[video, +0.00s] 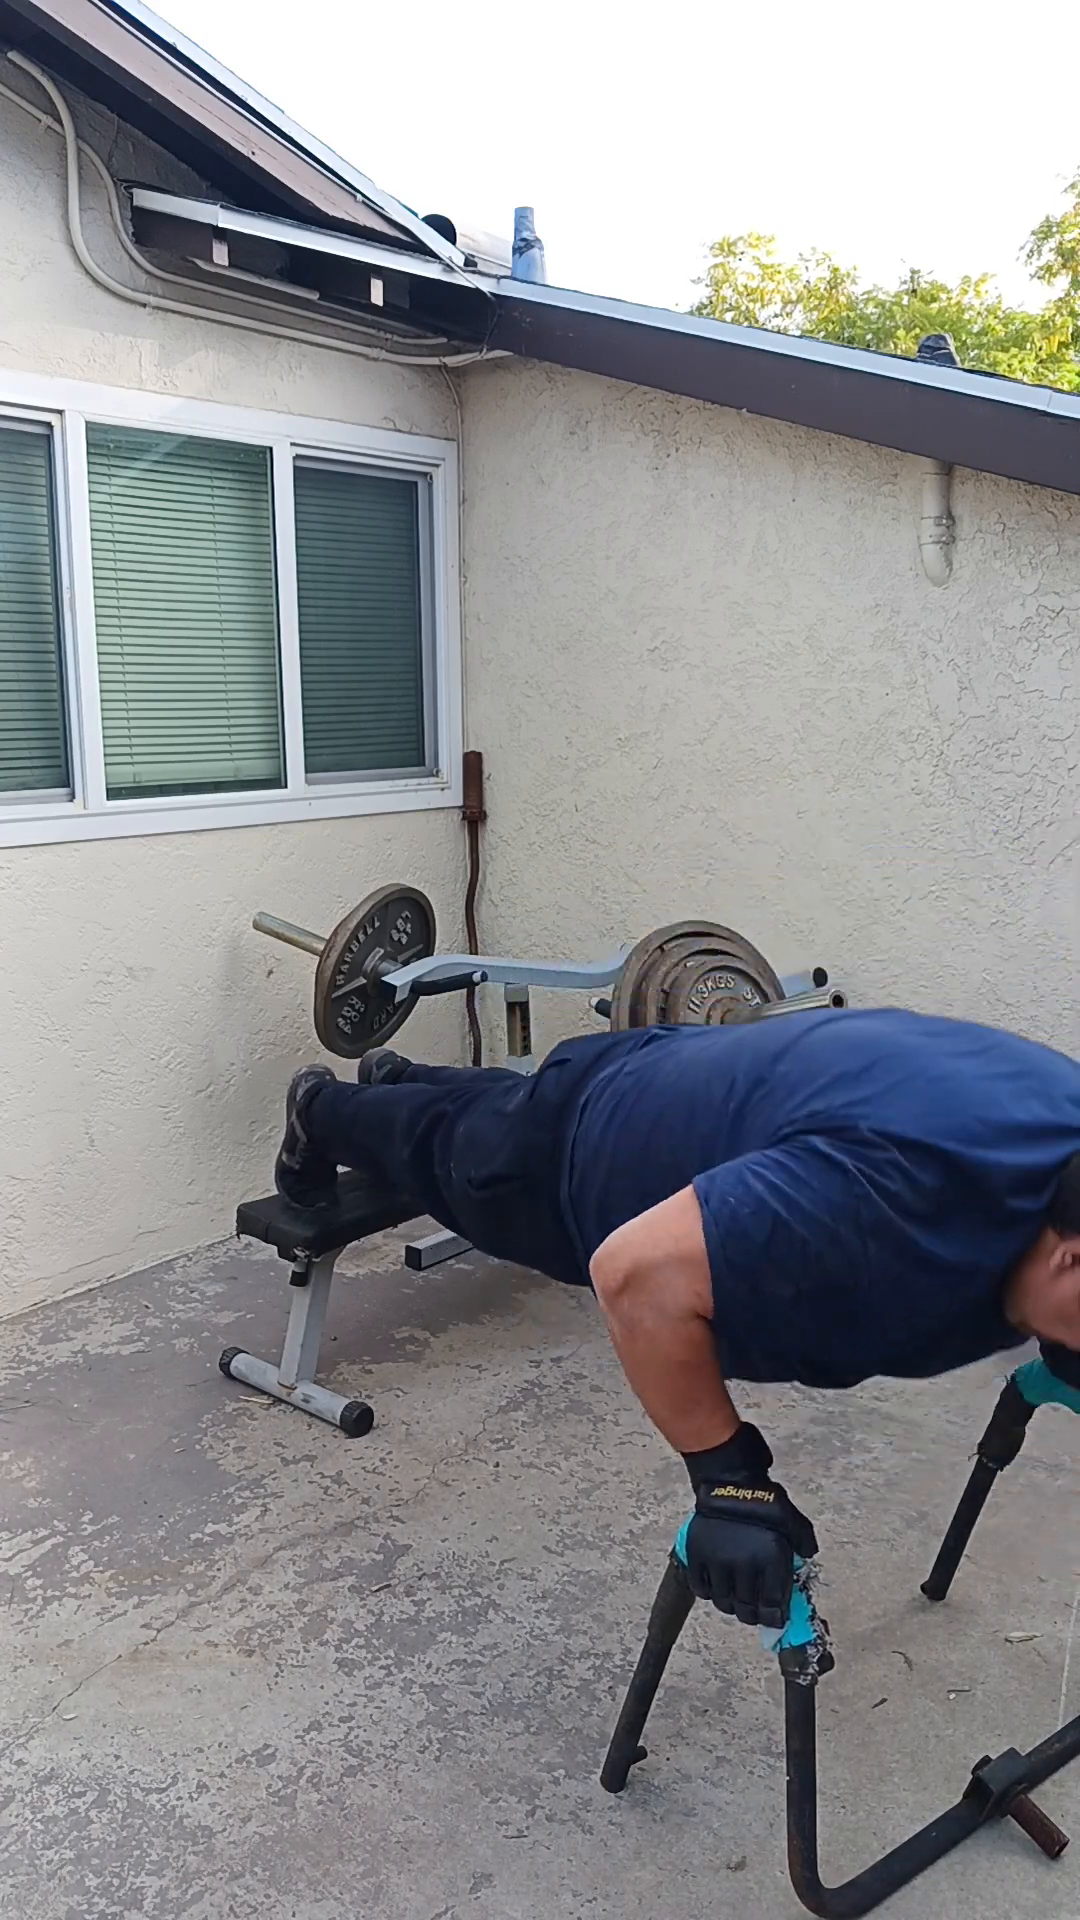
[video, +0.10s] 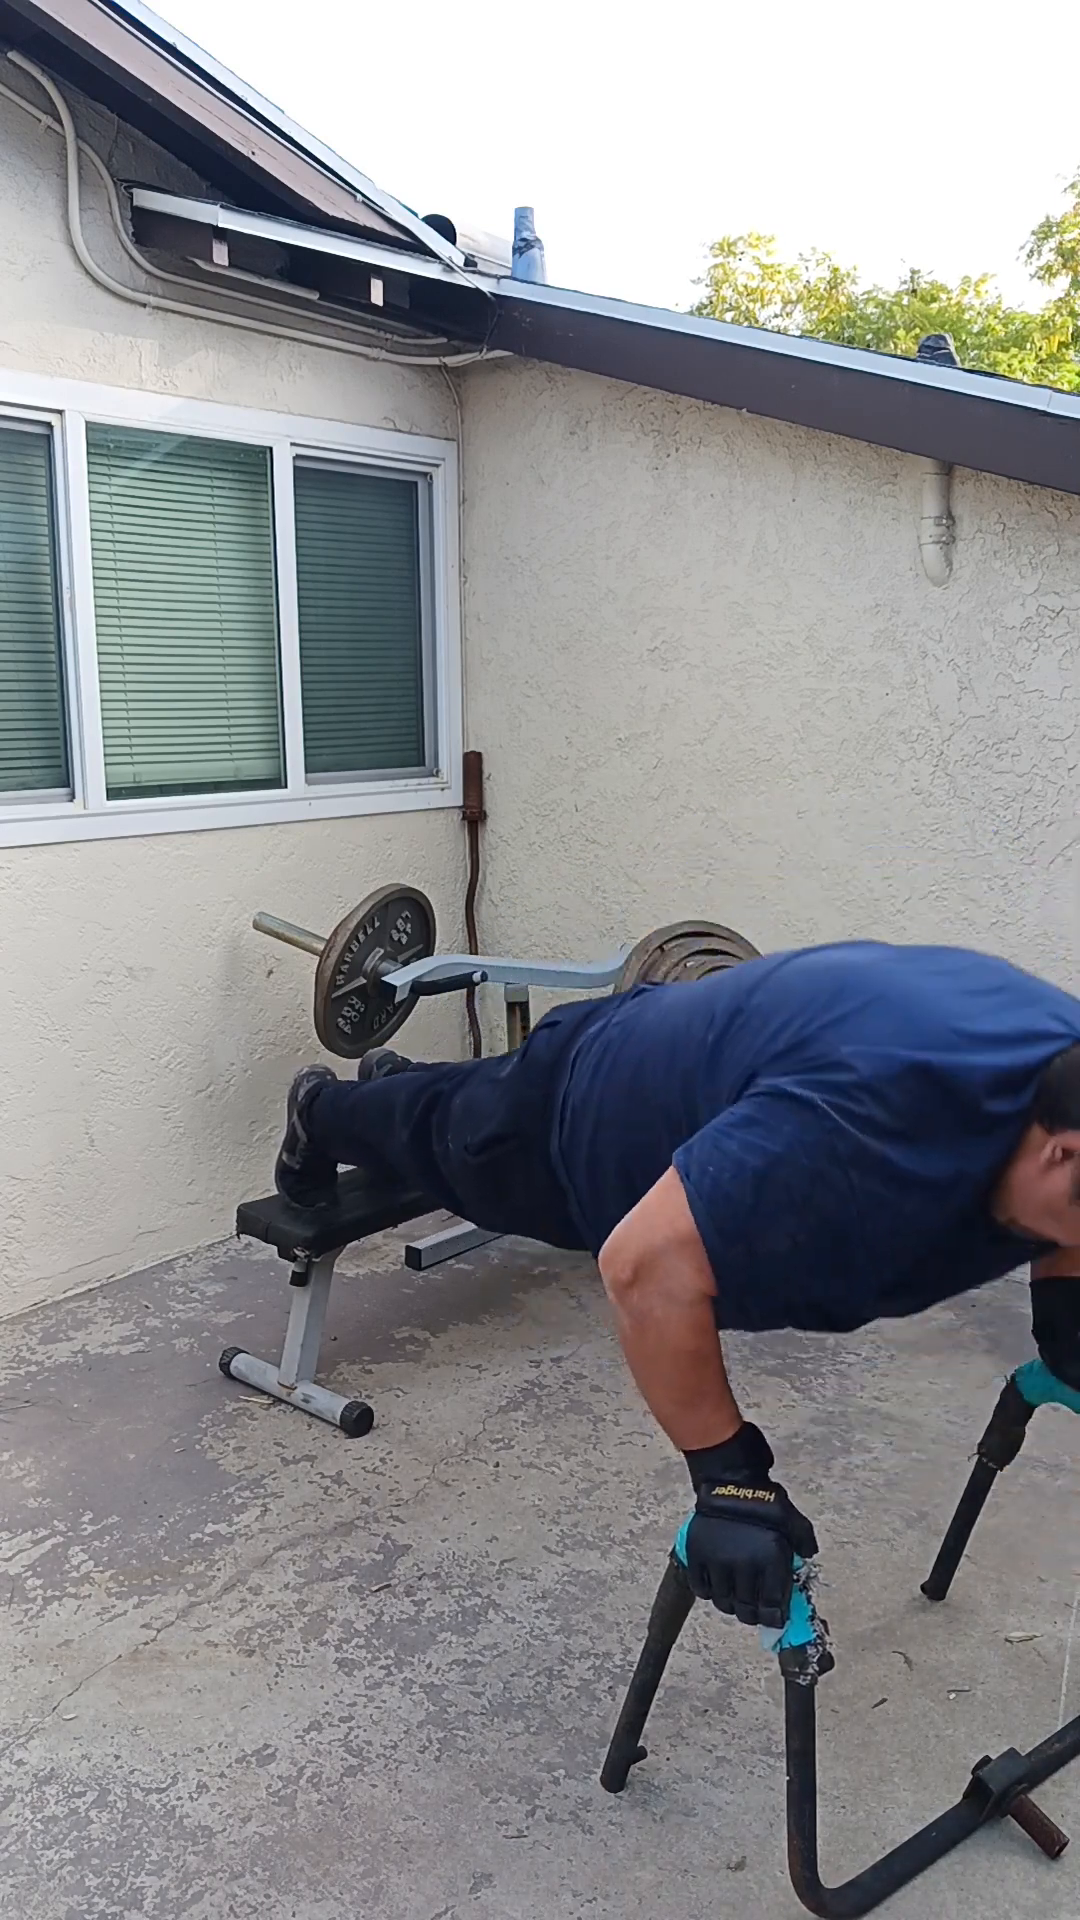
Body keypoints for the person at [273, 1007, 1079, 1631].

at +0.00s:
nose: (1058, 1351)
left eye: (1067, 1349)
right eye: (1073, 1337)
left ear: (1071, 1246)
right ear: (1066, 1261)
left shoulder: (1070, 1128)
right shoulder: (895, 1201)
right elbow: (637, 1279)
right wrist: (731, 1480)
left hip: (719, 1059)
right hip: (602, 1136)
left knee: (531, 1102)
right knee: (452, 1132)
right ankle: (323, 1112)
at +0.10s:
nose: (1060, 1237)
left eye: (1072, 1222)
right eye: (1074, 1216)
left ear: (1063, 1152)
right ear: (1057, 1158)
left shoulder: (1064, 1069)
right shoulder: (855, 1128)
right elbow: (644, 1269)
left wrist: (1057, 1312)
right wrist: (730, 1476)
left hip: (738, 1016)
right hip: (609, 1089)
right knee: (450, 1123)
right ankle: (323, 1113)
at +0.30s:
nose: (1065, 1075)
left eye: (1076, 1060)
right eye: (1066, 1050)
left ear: (1042, 970)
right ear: (1027, 978)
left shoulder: (1037, 972)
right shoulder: (824, 998)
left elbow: (1047, 1154)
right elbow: (713, 1231)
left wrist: (1059, 1321)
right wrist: (737, 1479)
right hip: (601, 1032)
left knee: (520, 1122)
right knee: (446, 1094)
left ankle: (415, 1146)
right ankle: (320, 1119)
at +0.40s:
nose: (1053, 1032)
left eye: (1070, 1019)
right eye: (1057, 1005)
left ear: (1031, 929)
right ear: (1019, 929)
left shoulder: (1023, 965)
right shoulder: (824, 977)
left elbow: (1036, 1147)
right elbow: (742, 1227)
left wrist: (1057, 1321)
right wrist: (740, 1474)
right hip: (597, 1012)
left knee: (516, 1113)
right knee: (439, 1087)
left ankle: (407, 1139)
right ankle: (319, 1114)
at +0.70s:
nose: (1049, 1037)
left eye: (1069, 1023)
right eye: (1054, 1008)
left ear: (1024, 931)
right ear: (1014, 933)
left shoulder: (1019, 962)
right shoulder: (813, 975)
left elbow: (1040, 1149)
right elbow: (738, 1225)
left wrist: (1060, 1327)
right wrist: (740, 1473)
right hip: (599, 1011)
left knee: (518, 1110)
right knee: (442, 1084)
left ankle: (407, 1137)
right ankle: (321, 1114)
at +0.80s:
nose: (1053, 1044)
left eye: (1071, 1031)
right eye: (1059, 1015)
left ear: (1035, 940)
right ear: (1020, 938)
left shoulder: (1024, 961)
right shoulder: (816, 978)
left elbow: (1043, 1149)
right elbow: (732, 1225)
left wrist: (1059, 1323)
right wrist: (741, 1471)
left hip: (707, 1051)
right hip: (598, 1020)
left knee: (518, 1117)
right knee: (443, 1084)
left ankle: (416, 1142)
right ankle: (321, 1115)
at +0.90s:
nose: (1065, 1079)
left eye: (1077, 1065)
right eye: (1068, 1054)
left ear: (1042, 974)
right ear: (1029, 983)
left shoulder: (1035, 962)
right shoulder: (819, 1010)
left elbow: (1048, 1140)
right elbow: (701, 1227)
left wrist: (1057, 1313)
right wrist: (737, 1474)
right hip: (603, 1025)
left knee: (521, 1109)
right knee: (445, 1087)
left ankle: (428, 1138)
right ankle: (321, 1115)